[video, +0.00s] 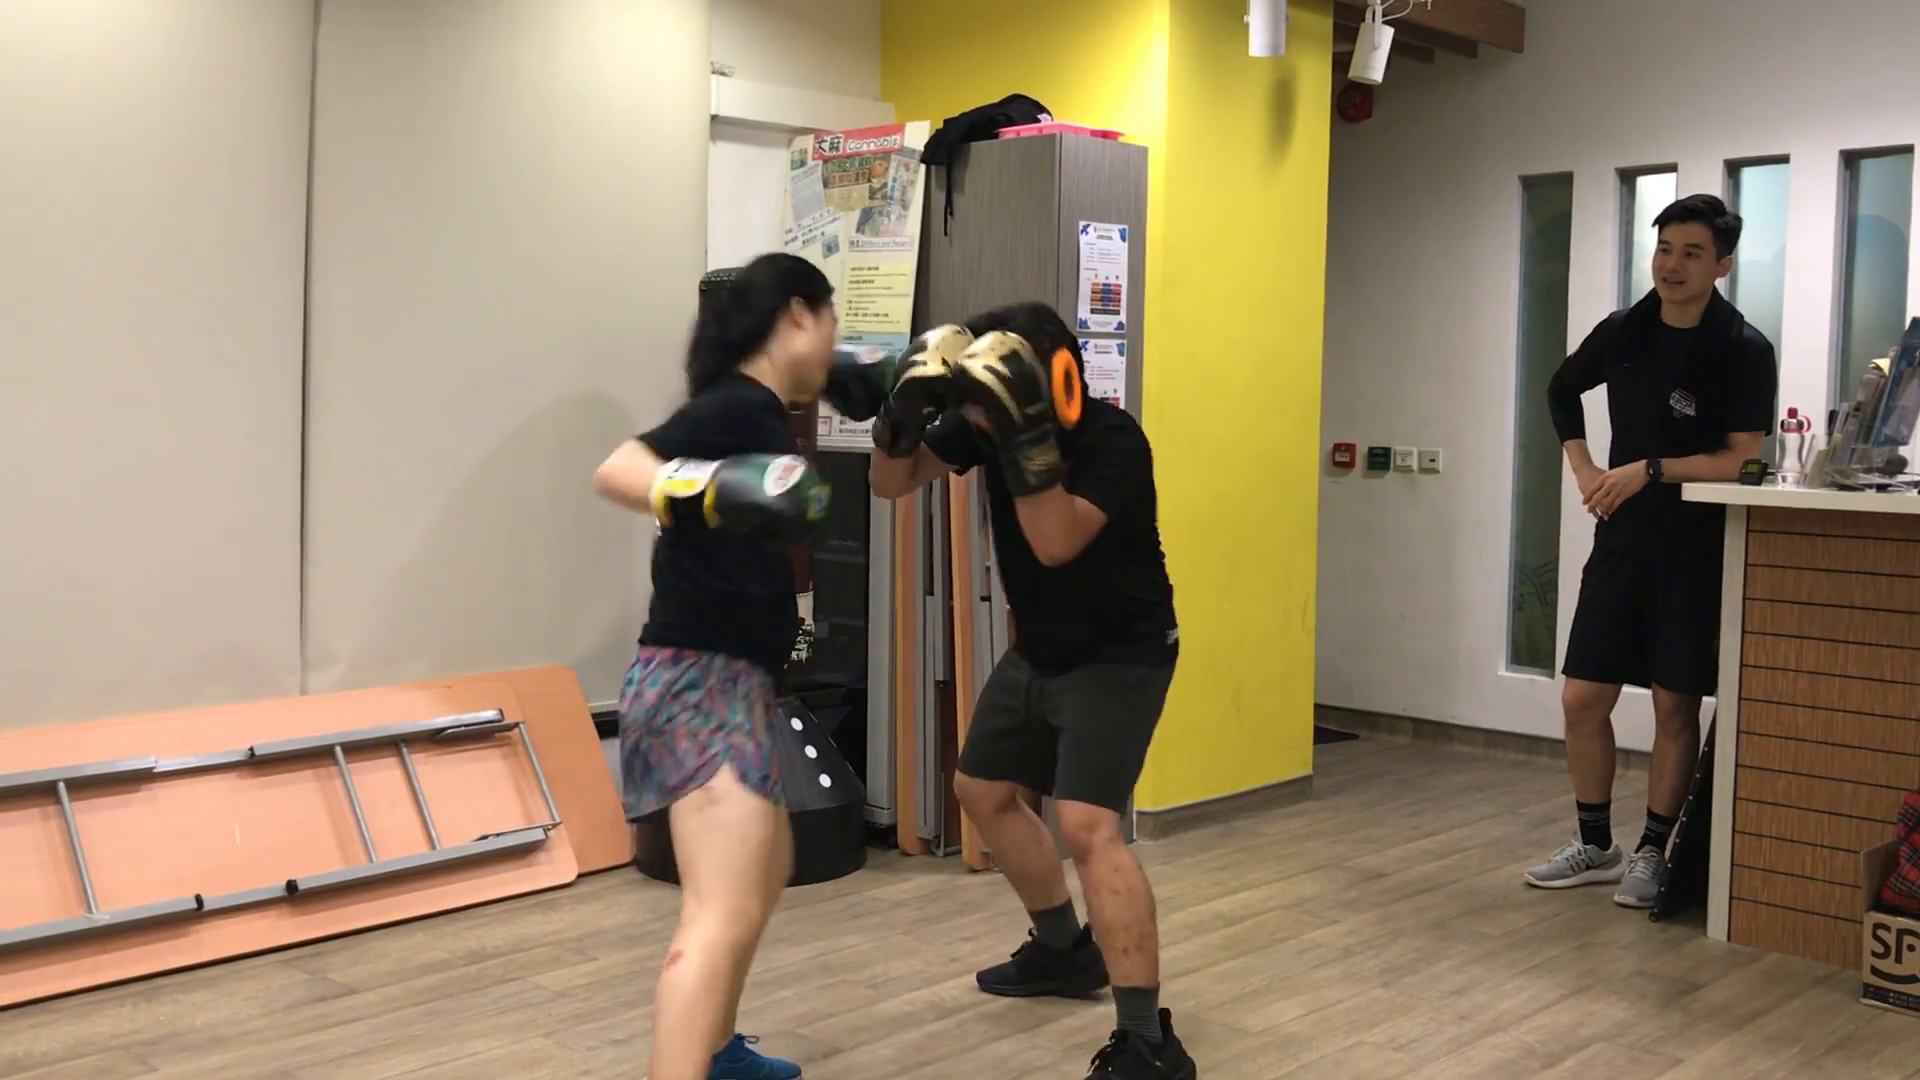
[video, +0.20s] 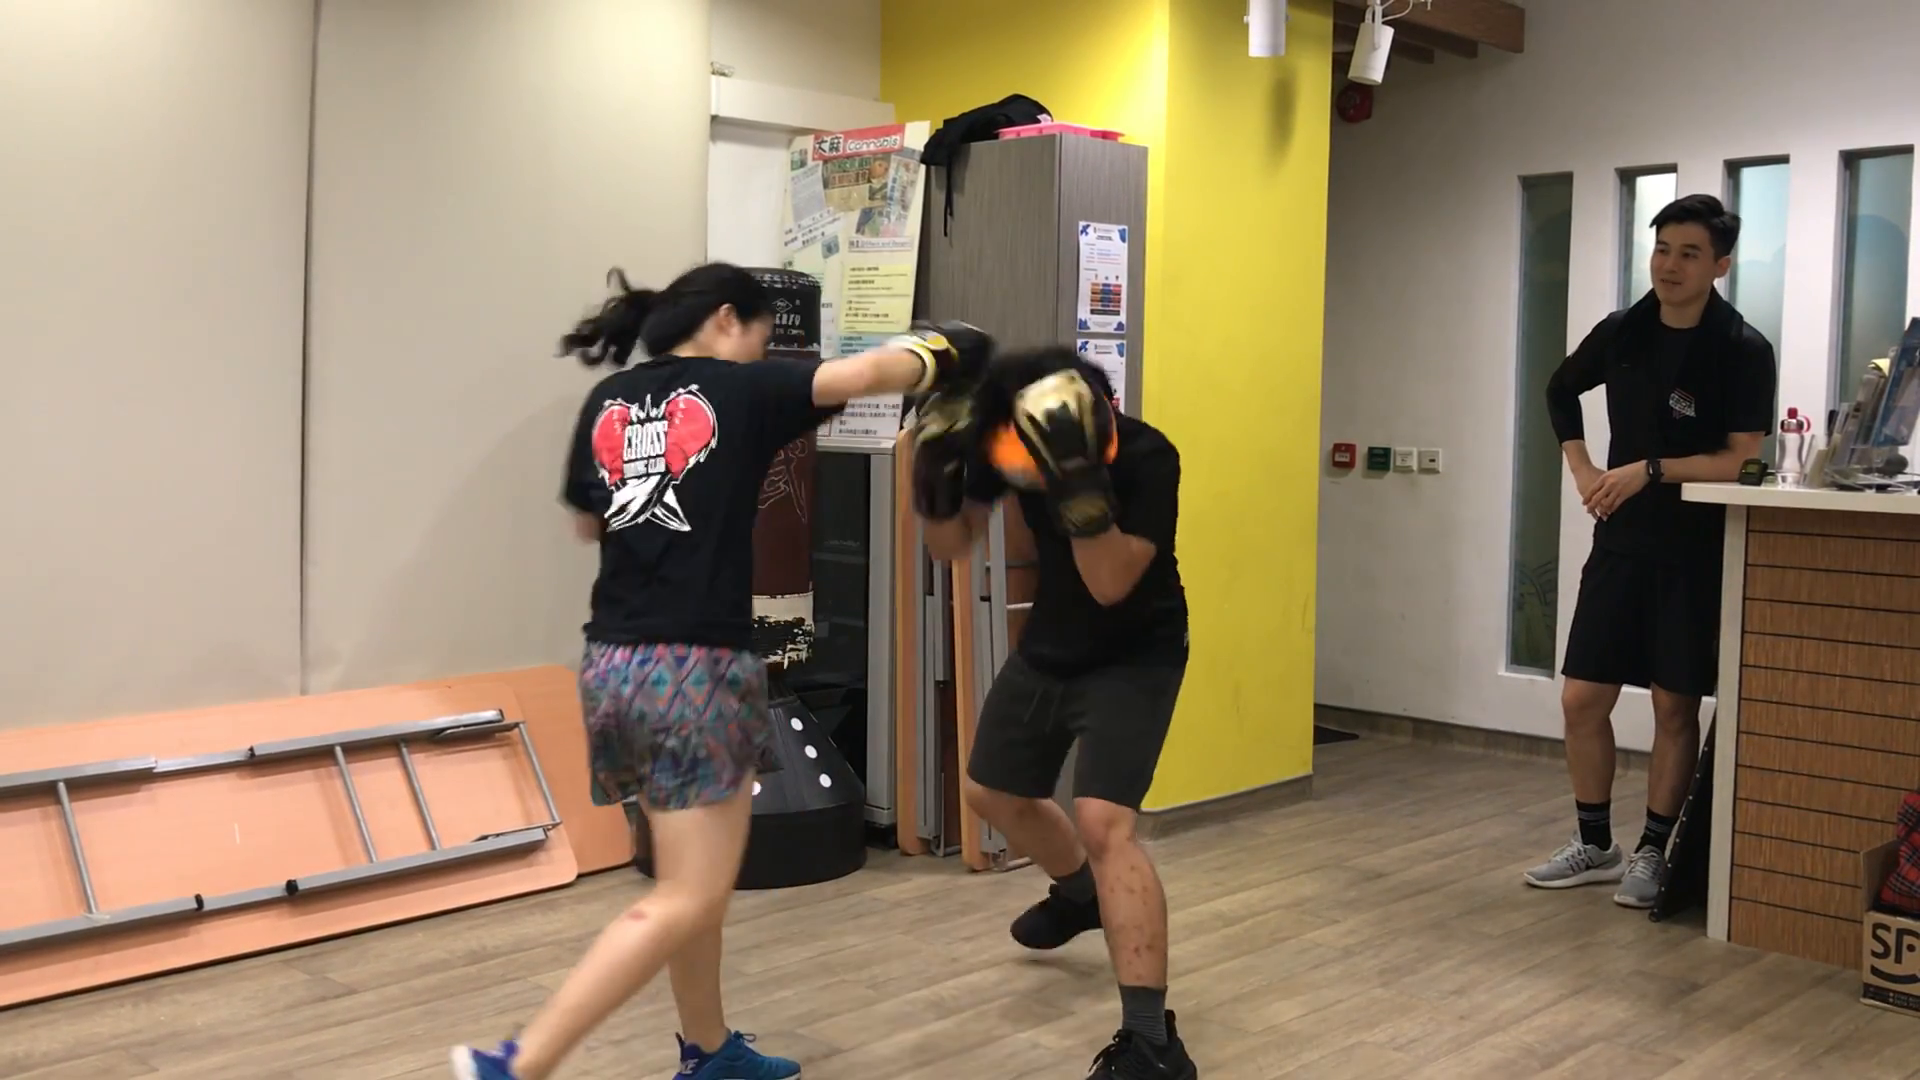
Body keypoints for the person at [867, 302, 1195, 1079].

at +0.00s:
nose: (995, 397)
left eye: (1008, 382)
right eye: (989, 385)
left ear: (1053, 376)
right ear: (985, 392)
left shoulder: (1113, 441)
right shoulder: (995, 433)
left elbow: (1056, 541)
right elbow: (892, 482)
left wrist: (1024, 439)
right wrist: (906, 412)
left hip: (1120, 657)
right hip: (1039, 653)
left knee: (1086, 820)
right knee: (984, 788)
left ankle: (1145, 1038)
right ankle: (1063, 948)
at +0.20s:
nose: (1026, 461)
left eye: (1039, 439)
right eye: (1019, 444)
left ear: (1085, 418)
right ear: (1010, 434)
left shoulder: (1145, 457)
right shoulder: (1017, 448)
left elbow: (1111, 582)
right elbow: (950, 544)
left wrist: (1078, 485)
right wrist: (937, 460)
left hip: (1137, 648)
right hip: (1051, 640)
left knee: (1102, 818)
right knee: (994, 791)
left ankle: (1149, 1038)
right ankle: (1082, 888)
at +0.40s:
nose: (975, 591)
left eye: (978, 578)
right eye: (969, 581)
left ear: (1020, 535)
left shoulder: (1120, 533)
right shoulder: (1004, 527)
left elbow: (1105, 669)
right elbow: (962, 643)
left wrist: (1043, 587)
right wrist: (917, 587)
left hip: (1171, 677)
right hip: (1084, 676)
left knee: (1110, 818)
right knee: (997, 807)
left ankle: (1155, 1041)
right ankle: (1087, 925)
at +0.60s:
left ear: (976, 535)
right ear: (972, 527)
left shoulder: (1063, 546)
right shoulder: (1008, 546)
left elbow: (1005, 674)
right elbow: (1008, 677)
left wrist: (939, 592)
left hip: (1176, 693)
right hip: (1094, 693)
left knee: (1096, 817)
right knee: (999, 795)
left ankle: (1153, 1039)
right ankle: (1089, 926)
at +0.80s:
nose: (952, 497)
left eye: (952, 481)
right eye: (948, 484)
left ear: (983, 474)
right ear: (991, 466)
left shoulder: (1062, 516)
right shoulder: (1021, 514)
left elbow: (977, 632)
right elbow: (977, 608)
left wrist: (916, 539)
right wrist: (924, 532)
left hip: (1171, 688)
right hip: (1104, 688)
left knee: (1086, 825)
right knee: (1012, 790)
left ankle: (1157, 1048)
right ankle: (1089, 924)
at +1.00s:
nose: (959, 628)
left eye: (955, 615)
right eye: (948, 619)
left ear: (1006, 565)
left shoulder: (1115, 562)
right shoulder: (1053, 538)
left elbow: (1043, 686)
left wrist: (990, 596)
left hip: (1185, 725)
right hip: (1120, 712)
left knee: (1066, 863)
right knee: (1039, 801)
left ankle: (1159, 1066)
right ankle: (1078, 926)